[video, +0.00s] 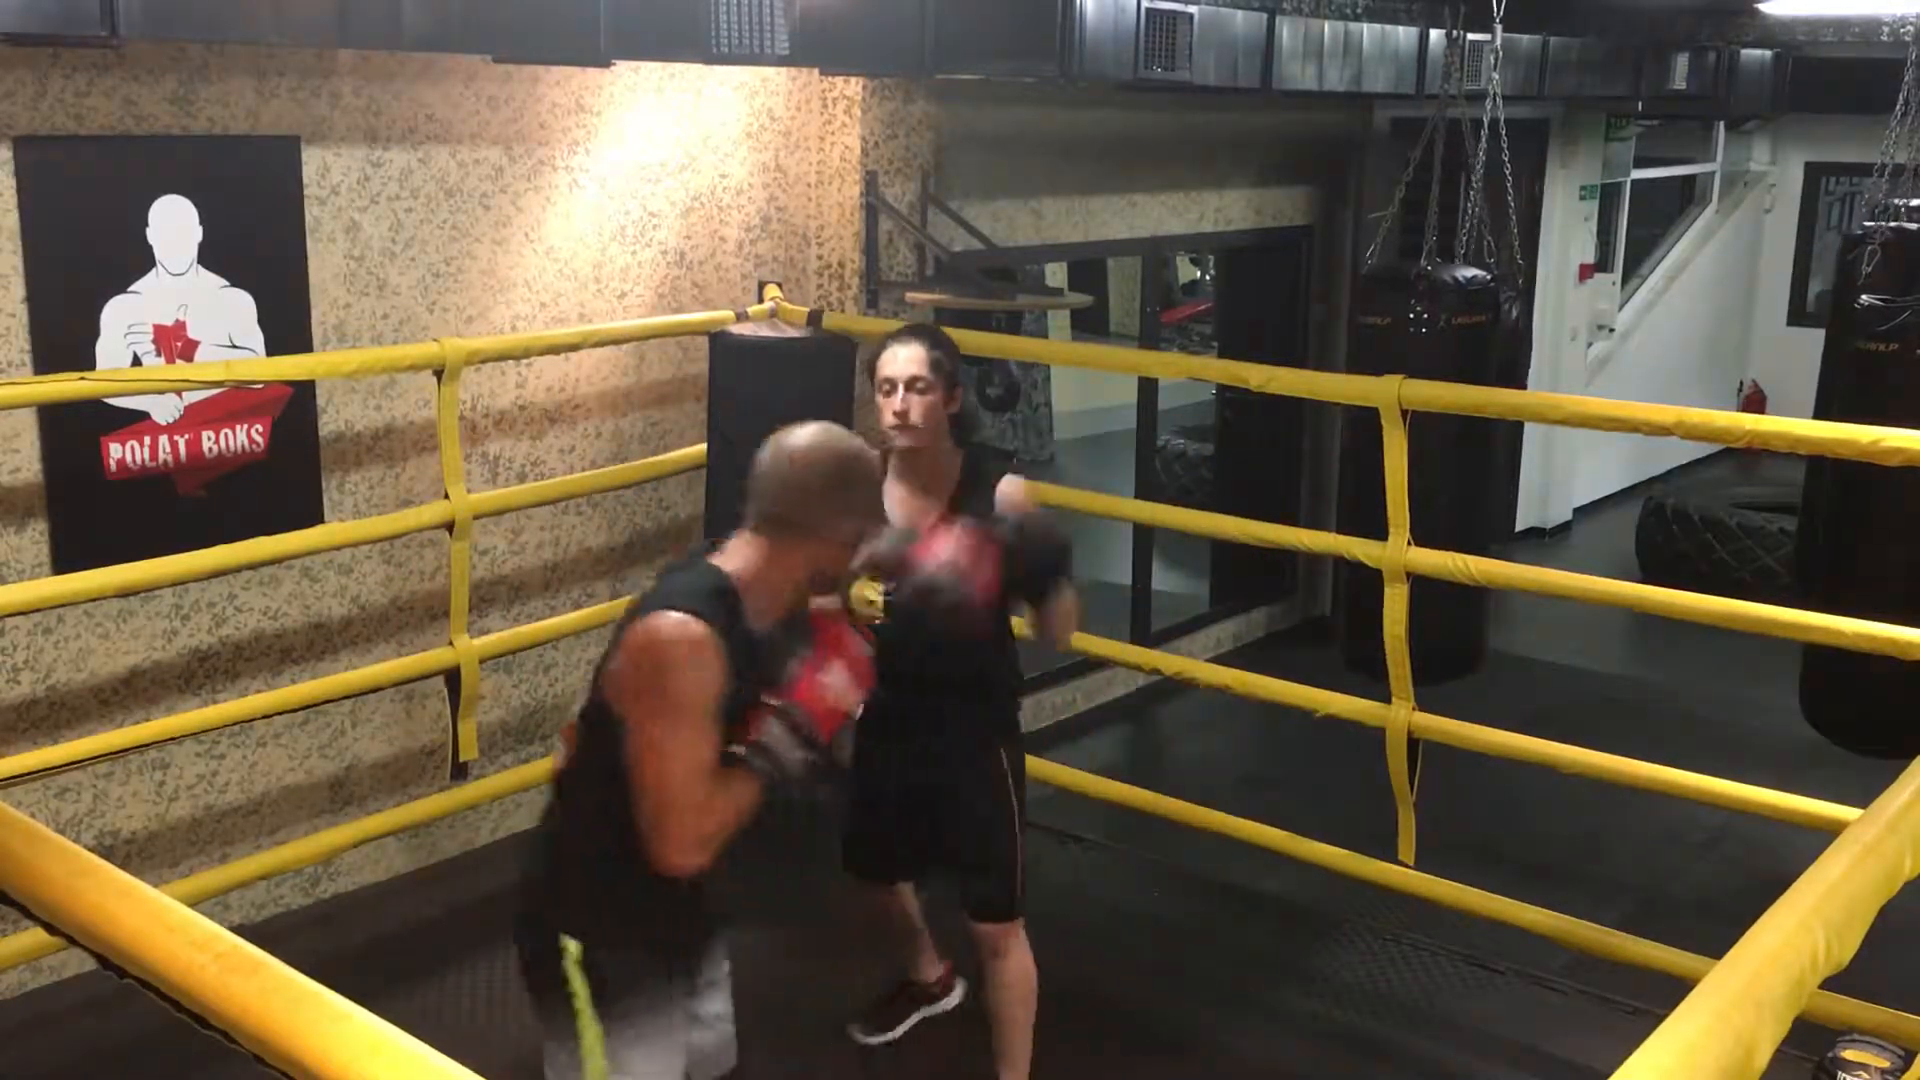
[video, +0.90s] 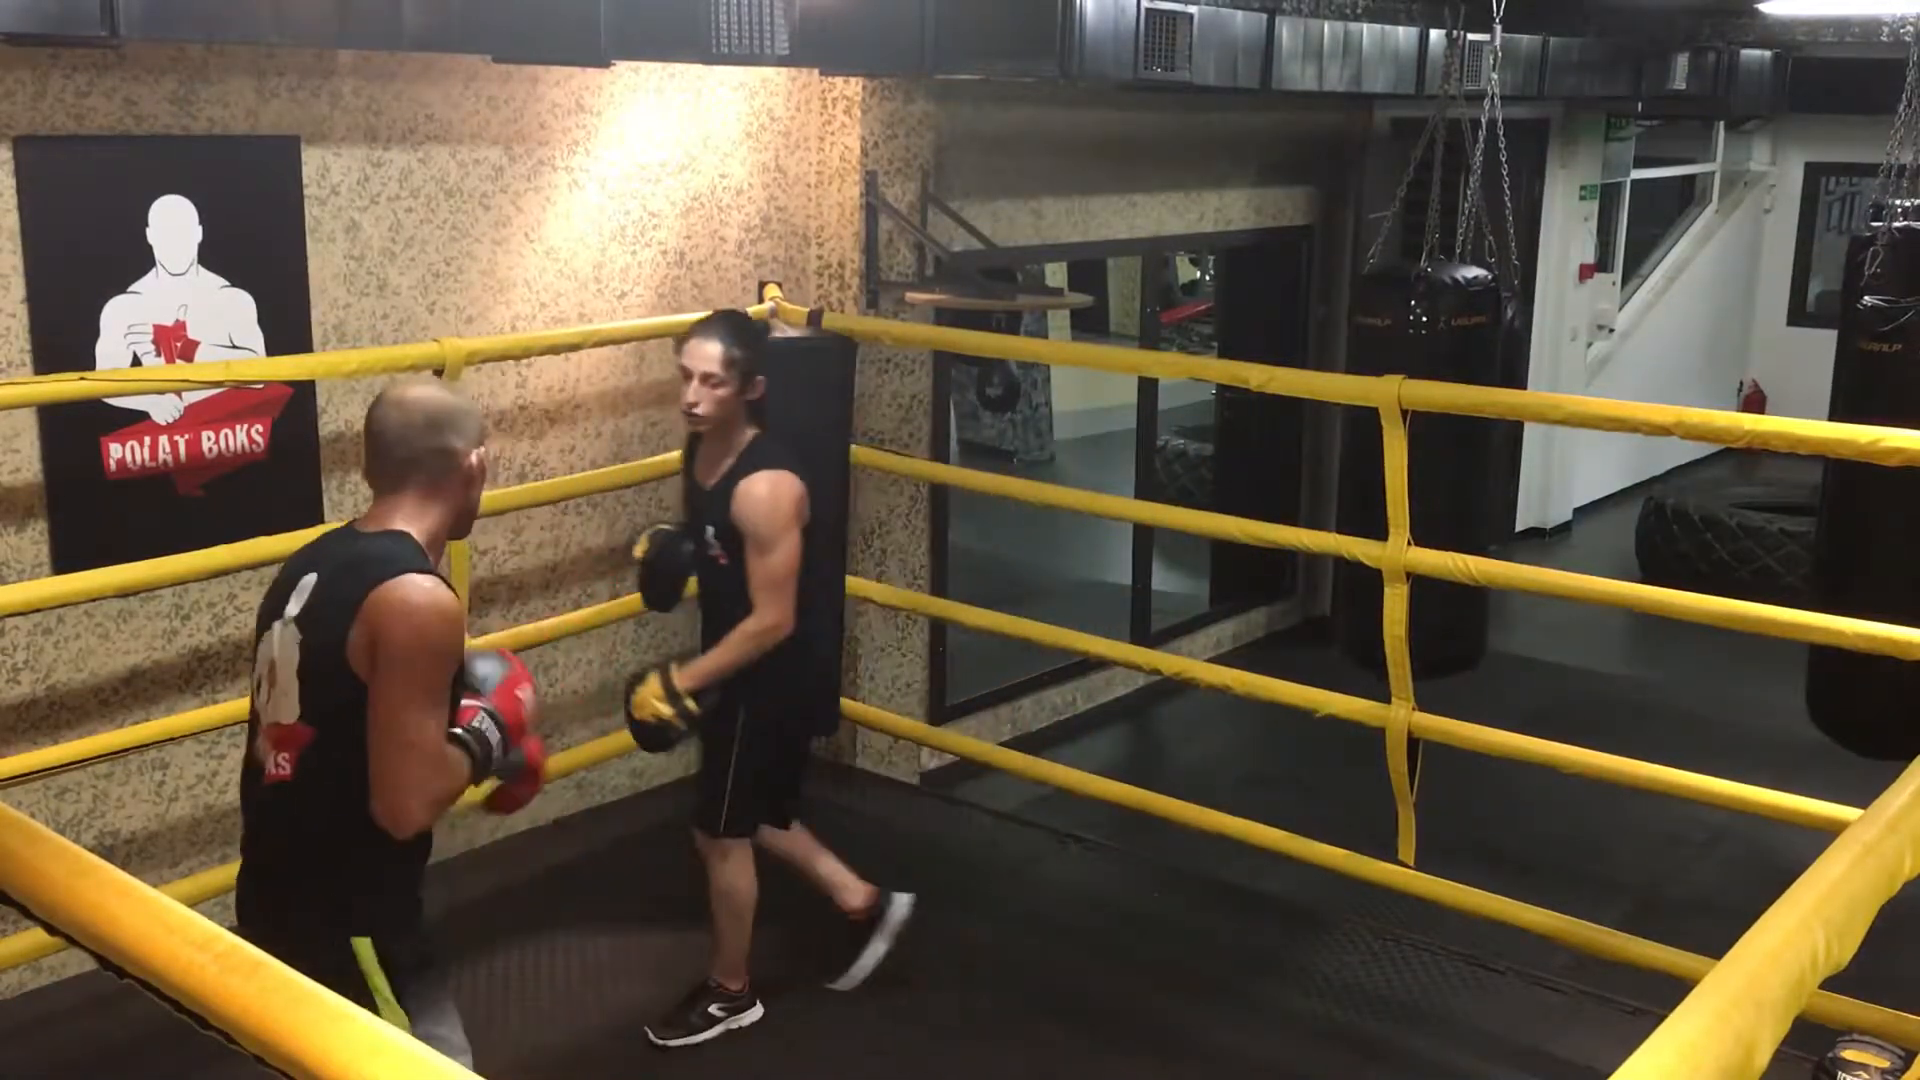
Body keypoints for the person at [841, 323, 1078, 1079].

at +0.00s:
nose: (900, 403)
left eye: (918, 388)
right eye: (887, 388)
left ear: (952, 400)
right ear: (874, 401)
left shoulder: (998, 498)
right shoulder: (855, 490)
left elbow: (1058, 631)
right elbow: (805, 595)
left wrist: (1043, 560)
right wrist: (844, 596)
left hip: (975, 726)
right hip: (884, 720)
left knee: (996, 928)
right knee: (879, 867)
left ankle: (1014, 1071)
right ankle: (927, 976)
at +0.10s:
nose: (906, 405)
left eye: (923, 388)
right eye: (894, 388)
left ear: (959, 397)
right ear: (880, 398)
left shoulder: (1008, 495)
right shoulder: (852, 491)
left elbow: (1068, 592)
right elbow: (817, 597)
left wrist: (1051, 665)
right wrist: (847, 599)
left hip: (978, 725)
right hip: (892, 722)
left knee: (995, 922)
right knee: (909, 864)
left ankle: (1014, 1072)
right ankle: (962, 967)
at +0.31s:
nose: (873, 399)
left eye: (892, 386)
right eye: (866, 383)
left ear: (932, 396)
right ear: (858, 391)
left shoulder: (967, 494)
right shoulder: (860, 475)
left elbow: (1020, 609)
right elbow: (842, 590)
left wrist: (988, 721)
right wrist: (837, 582)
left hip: (948, 711)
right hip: (889, 701)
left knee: (925, 897)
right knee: (904, 859)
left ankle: (988, 1068)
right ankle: (965, 979)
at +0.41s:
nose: (853, 376)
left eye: (871, 363)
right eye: (845, 362)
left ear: (911, 374)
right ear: (837, 370)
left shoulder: (939, 467)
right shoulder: (852, 449)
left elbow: (992, 591)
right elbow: (848, 553)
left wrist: (944, 702)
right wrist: (819, 551)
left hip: (927, 685)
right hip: (880, 677)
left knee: (876, 866)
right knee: (927, 842)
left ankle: (929, 1041)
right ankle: (973, 974)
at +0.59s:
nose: (789, 376)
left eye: (807, 362)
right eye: (785, 361)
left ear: (850, 374)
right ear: (782, 371)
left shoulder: (876, 472)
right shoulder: (807, 453)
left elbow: (908, 602)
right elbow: (819, 541)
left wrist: (831, 695)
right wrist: (772, 545)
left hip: (876, 681)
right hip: (848, 669)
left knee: (791, 835)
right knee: (917, 822)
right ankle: (974, 976)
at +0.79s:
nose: (711, 396)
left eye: (728, 382)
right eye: (710, 380)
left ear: (775, 390)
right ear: (720, 384)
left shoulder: (800, 495)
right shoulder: (740, 455)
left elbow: (809, 630)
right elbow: (756, 543)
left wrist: (716, 701)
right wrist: (707, 552)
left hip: (793, 689)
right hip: (764, 677)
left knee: (732, 833)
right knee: (823, 819)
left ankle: (730, 989)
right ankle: (939, 941)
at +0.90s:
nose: (692, 395)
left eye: (709, 381)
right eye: (686, 378)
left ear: (750, 389)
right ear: (681, 380)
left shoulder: (767, 489)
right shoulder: (707, 451)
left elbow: (773, 622)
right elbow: (722, 535)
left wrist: (676, 683)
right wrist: (678, 553)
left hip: (772, 680)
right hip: (738, 668)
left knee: (722, 833)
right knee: (762, 815)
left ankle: (731, 991)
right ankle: (868, 905)